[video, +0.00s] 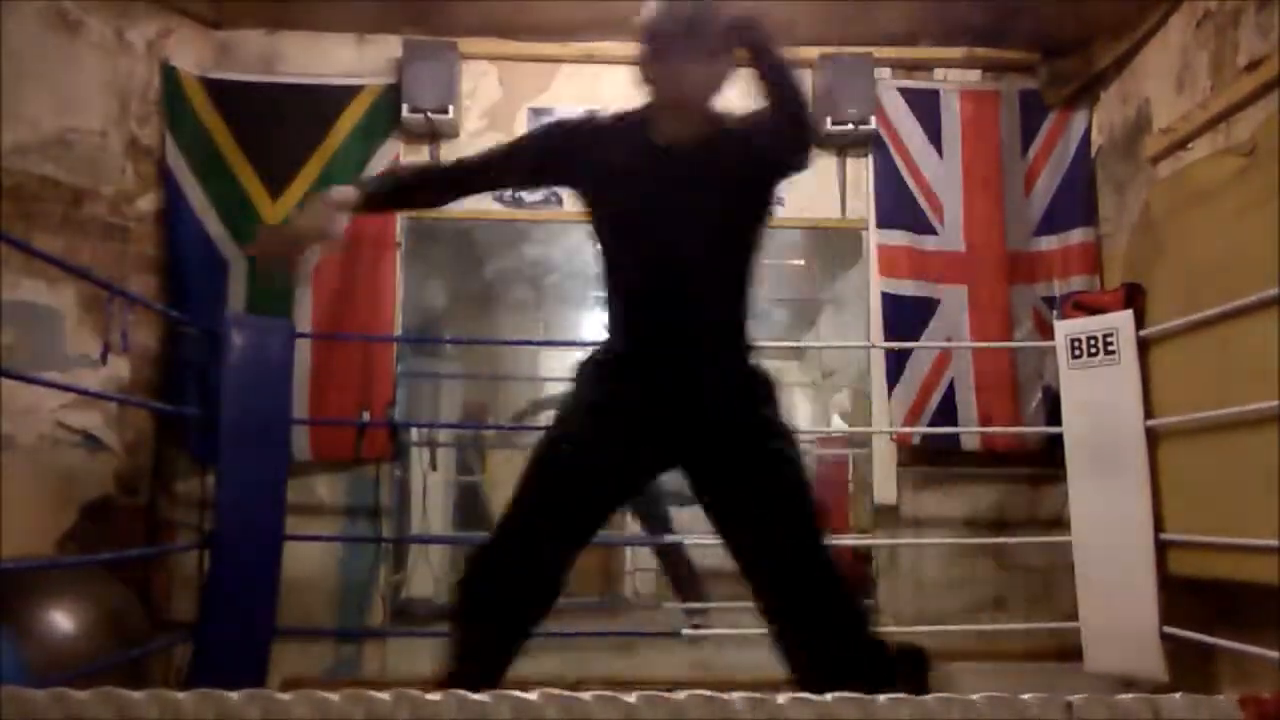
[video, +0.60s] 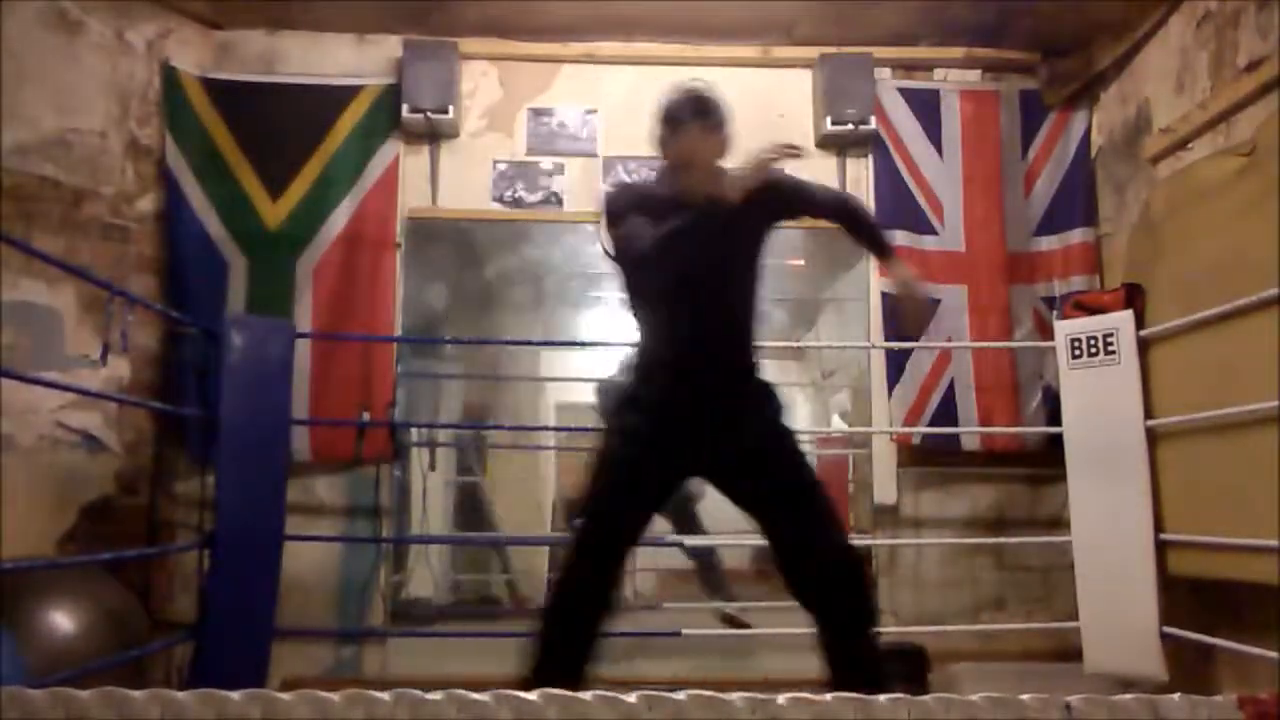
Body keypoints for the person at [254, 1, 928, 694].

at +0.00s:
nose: (681, 70)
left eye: (696, 54)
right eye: (669, 52)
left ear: (725, 65)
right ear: (645, 59)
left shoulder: (750, 148)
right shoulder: (596, 144)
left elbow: (796, 133)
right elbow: (470, 175)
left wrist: (759, 48)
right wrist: (354, 198)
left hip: (724, 395)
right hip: (623, 393)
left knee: (795, 569)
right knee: (522, 559)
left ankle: (865, 698)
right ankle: (463, 699)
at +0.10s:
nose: (610, 115)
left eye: (625, 100)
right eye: (597, 100)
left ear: (651, 111)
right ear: (582, 110)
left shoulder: (692, 202)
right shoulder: (539, 195)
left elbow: (722, 243)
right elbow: (427, 248)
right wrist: (343, 260)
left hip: (659, 429)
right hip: (564, 427)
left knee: (728, 589)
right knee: (473, 593)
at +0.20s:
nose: (560, 184)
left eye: (575, 168)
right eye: (548, 168)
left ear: (600, 181)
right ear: (530, 180)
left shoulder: (646, 272)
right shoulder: (494, 266)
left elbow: (659, 399)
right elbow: (424, 356)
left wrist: (615, 391)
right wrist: (360, 393)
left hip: (613, 480)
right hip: (518, 473)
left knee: (645, 649)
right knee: (430, 634)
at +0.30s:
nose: (542, 217)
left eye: (557, 200)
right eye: (528, 200)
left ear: (582, 209)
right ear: (508, 209)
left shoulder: (632, 293)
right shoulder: (481, 297)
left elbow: (643, 413)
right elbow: (456, 401)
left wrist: (642, 517)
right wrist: (428, 496)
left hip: (604, 495)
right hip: (509, 490)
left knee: (633, 664)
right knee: (423, 647)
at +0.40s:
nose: (570, 198)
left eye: (584, 183)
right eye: (557, 184)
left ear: (606, 192)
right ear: (541, 195)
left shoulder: (650, 270)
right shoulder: (503, 283)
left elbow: (700, 344)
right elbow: (485, 408)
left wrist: (729, 431)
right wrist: (558, 399)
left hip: (629, 470)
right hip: (536, 473)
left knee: (717, 606)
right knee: (454, 623)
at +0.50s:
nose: (641, 155)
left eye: (650, 143)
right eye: (629, 143)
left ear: (664, 153)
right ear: (607, 152)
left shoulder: (690, 213)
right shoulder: (573, 220)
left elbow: (775, 240)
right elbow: (588, 303)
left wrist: (804, 313)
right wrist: (669, 242)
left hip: (683, 425)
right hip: (603, 428)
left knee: (788, 562)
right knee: (531, 580)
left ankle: (769, 701)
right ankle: (443, 707)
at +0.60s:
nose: (686, 150)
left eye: (699, 136)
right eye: (676, 137)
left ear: (721, 141)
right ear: (661, 142)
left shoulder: (757, 195)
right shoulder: (632, 203)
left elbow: (841, 208)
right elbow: (650, 257)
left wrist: (892, 261)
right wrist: (729, 194)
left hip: (736, 412)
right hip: (654, 413)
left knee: (823, 552)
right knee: (594, 555)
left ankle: (859, 692)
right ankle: (549, 693)